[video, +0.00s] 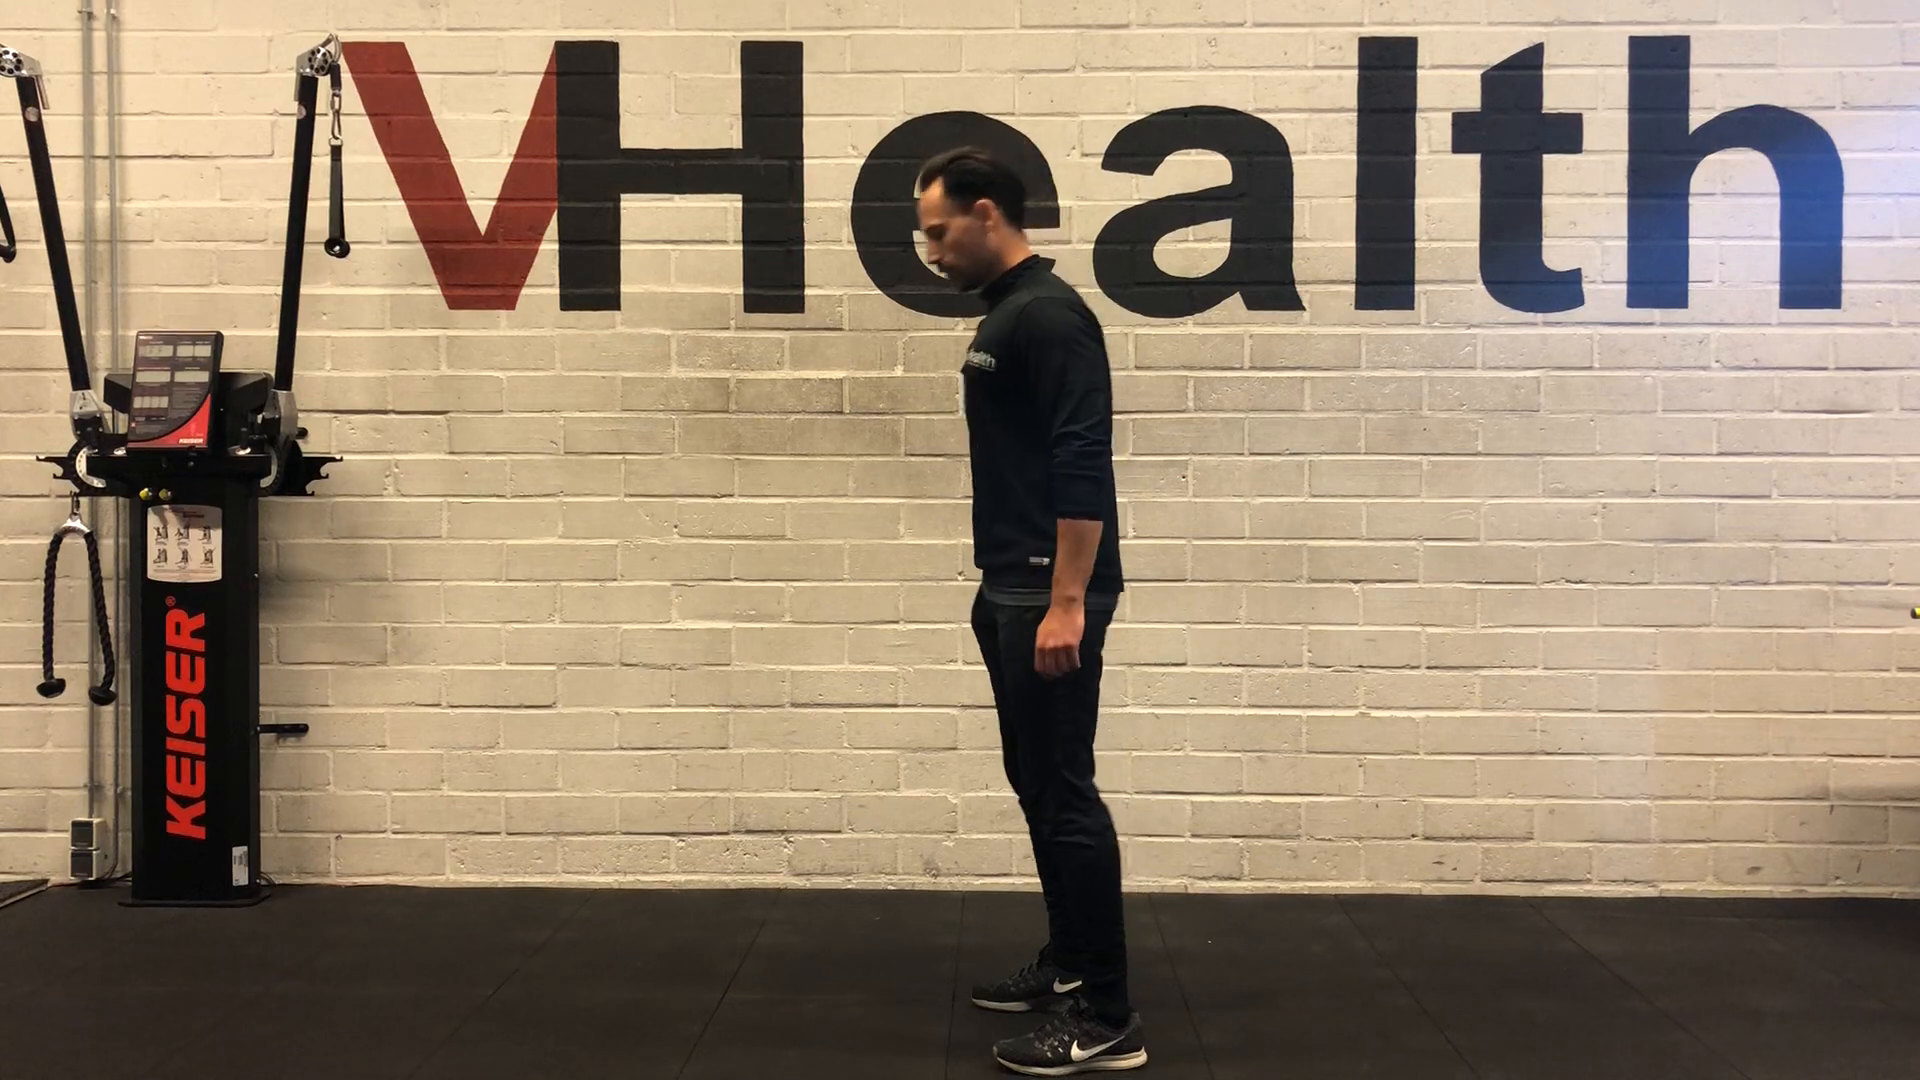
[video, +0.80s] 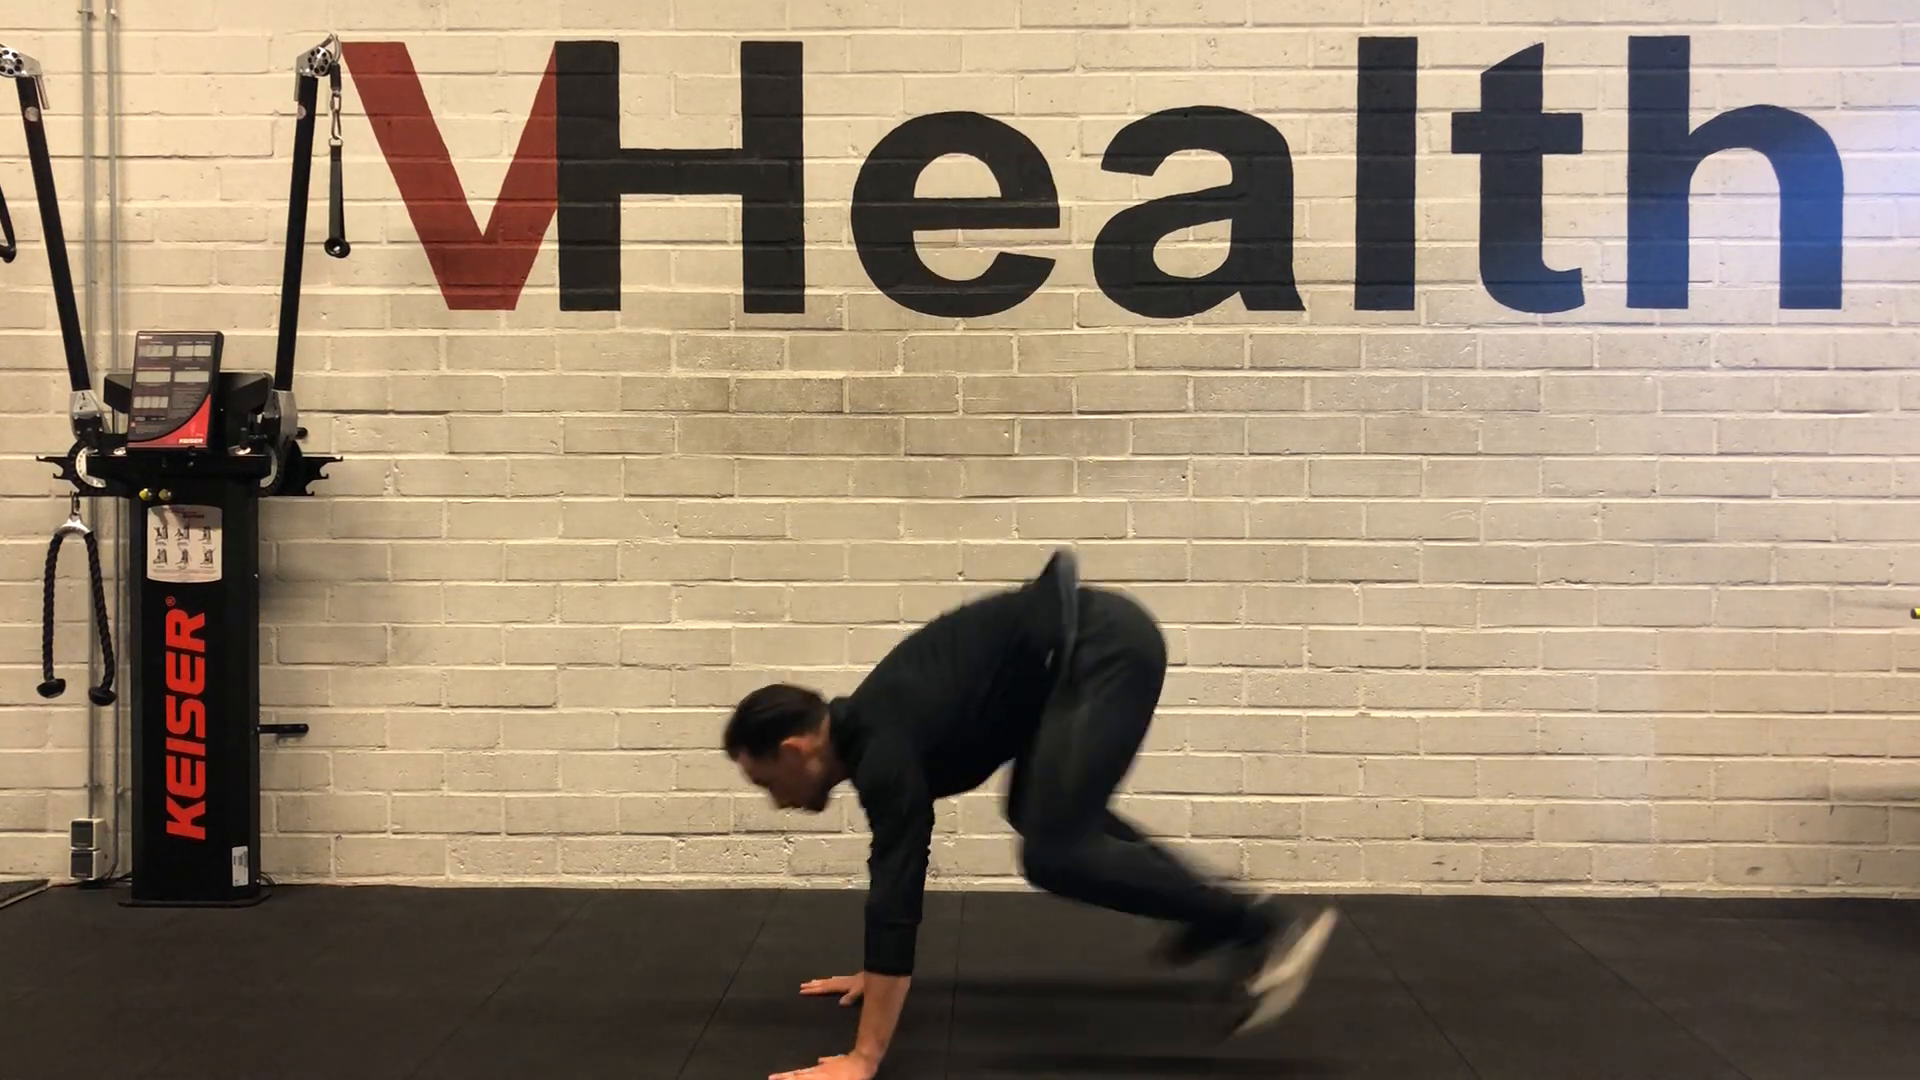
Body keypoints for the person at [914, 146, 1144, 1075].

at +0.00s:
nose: (924, 248)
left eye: (933, 229)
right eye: (921, 232)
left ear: (984, 214)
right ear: (981, 216)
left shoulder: (1052, 317)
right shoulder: (1009, 315)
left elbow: (1082, 471)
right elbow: (1023, 469)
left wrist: (1066, 603)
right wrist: (1001, 591)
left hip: (1049, 596)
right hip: (1015, 593)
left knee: (1064, 795)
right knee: (1039, 788)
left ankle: (1107, 1016)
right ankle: (1069, 970)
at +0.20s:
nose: (866, 328)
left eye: (868, 308)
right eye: (859, 312)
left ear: (914, 282)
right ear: (908, 287)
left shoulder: (989, 372)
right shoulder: (963, 371)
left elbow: (1035, 522)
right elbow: (1028, 515)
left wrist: (1038, 654)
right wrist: (1017, 609)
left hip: (1105, 605)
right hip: (1069, 602)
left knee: (1037, 796)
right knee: (1002, 770)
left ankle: (1104, 1017)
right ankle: (1069, 963)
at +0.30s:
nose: (832, 412)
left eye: (833, 392)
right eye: (825, 398)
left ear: (874, 366)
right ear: (875, 371)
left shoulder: (961, 440)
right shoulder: (938, 440)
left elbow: (990, 585)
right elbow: (991, 573)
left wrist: (984, 737)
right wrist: (964, 668)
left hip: (1127, 627)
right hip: (1076, 629)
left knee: (1029, 800)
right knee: (999, 783)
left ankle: (1108, 1020)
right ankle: (1068, 962)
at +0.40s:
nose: (811, 511)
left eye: (811, 493)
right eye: (803, 497)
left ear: (849, 464)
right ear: (854, 464)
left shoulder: (943, 530)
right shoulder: (923, 521)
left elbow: (950, 688)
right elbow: (938, 665)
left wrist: (931, 830)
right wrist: (910, 767)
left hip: (1137, 670)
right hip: (1084, 666)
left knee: (1007, 815)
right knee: (976, 786)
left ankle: (1105, 1018)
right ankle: (1061, 965)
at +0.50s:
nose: (796, 595)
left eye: (794, 575)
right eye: (788, 581)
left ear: (832, 544)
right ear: (837, 542)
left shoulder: (928, 600)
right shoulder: (911, 585)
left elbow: (915, 758)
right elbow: (908, 733)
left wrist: (897, 903)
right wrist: (872, 840)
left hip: (1133, 714)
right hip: (1078, 706)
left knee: (980, 833)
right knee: (949, 800)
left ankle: (1105, 1017)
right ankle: (1052, 964)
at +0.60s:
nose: (786, 670)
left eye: (782, 651)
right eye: (777, 658)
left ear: (818, 622)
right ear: (823, 619)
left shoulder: (900, 663)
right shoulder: (894, 637)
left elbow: (894, 819)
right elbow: (890, 788)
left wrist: (874, 971)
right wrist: (865, 895)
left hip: (1134, 709)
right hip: (1092, 693)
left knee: (976, 830)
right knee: (948, 791)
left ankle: (1101, 1015)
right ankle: (1054, 966)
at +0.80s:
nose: (771, 795)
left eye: (766, 780)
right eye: (761, 784)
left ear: (802, 748)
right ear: (803, 738)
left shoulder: (887, 753)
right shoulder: (869, 723)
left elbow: (893, 905)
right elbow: (897, 872)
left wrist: (865, 1056)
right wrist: (877, 970)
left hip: (1108, 647)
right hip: (1081, 644)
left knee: (1055, 851)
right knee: (1032, 808)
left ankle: (1264, 928)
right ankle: (1203, 902)